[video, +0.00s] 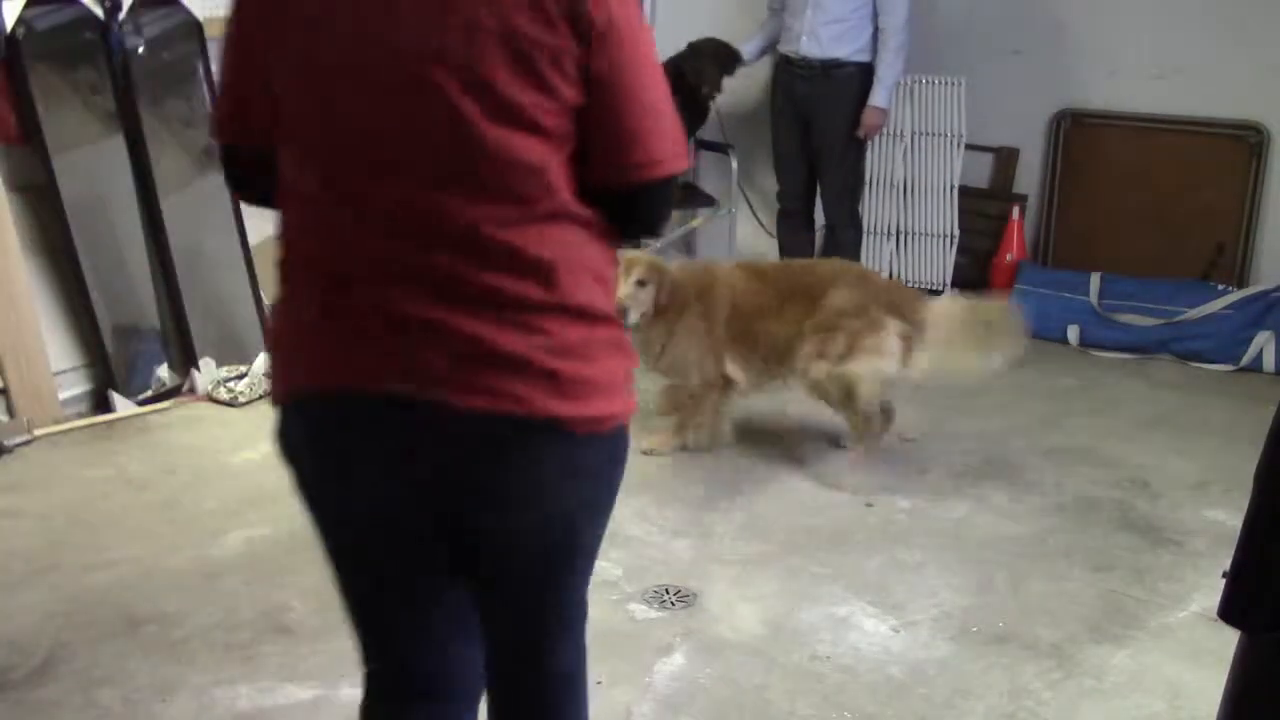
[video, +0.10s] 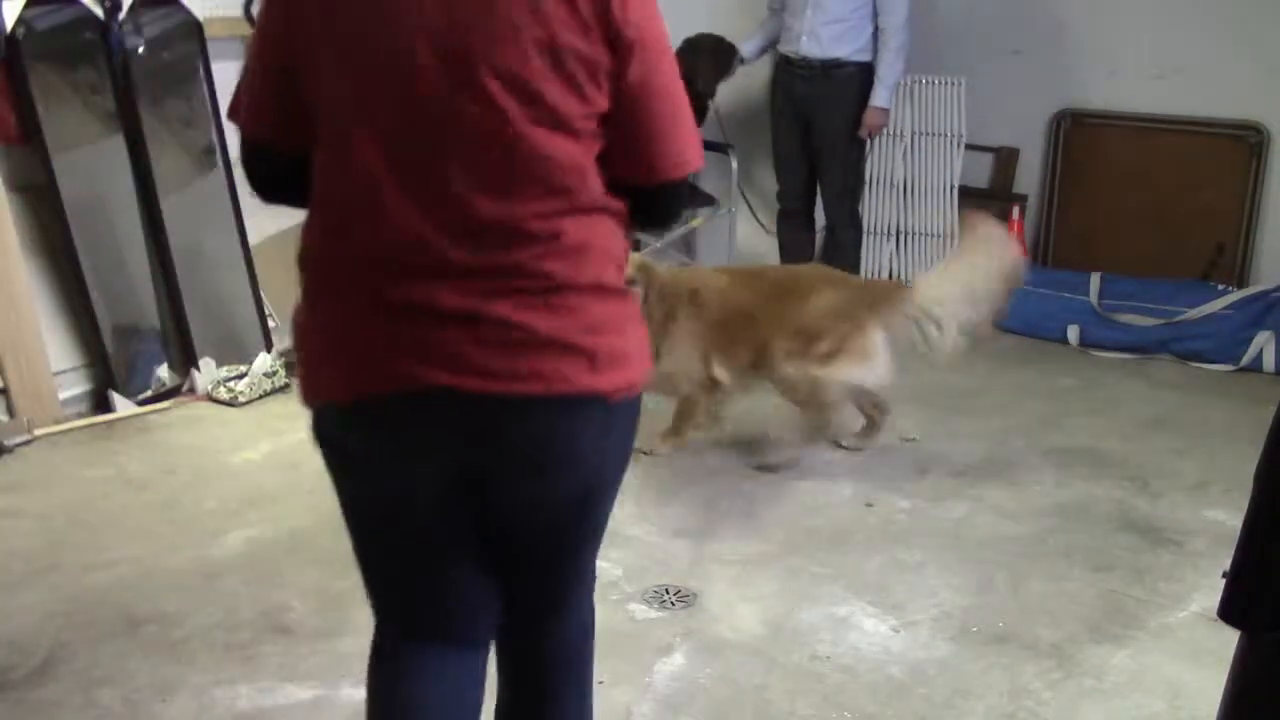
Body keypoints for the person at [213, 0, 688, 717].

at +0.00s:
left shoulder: (275, 9)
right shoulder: (581, 4)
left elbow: (248, 163)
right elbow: (644, 195)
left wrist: (382, 188)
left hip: (343, 394)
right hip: (542, 396)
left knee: (410, 674)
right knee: (541, 666)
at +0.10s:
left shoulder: (306, 8)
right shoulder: (603, 3)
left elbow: (272, 164)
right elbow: (664, 184)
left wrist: (410, 172)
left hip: (372, 376)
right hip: (564, 375)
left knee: (422, 628)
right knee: (551, 618)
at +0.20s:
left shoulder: (316, 7)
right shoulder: (614, 3)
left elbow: (282, 157)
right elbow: (666, 166)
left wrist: (414, 153)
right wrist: (545, 145)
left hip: (386, 356)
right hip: (572, 347)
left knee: (425, 601)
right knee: (551, 596)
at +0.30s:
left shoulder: (324, 1)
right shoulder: (619, 4)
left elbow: (279, 145)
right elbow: (660, 158)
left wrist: (410, 164)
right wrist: (541, 166)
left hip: (396, 338)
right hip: (579, 335)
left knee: (422, 595)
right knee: (549, 587)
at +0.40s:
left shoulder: (322, 1)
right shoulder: (612, 3)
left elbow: (273, 142)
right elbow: (657, 149)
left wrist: (403, 164)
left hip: (396, 328)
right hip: (578, 323)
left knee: (417, 602)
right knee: (545, 585)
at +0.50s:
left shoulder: (308, 2)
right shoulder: (590, 3)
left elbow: (265, 145)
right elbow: (643, 132)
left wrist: (381, 174)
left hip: (392, 329)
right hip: (574, 321)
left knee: (415, 602)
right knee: (541, 580)